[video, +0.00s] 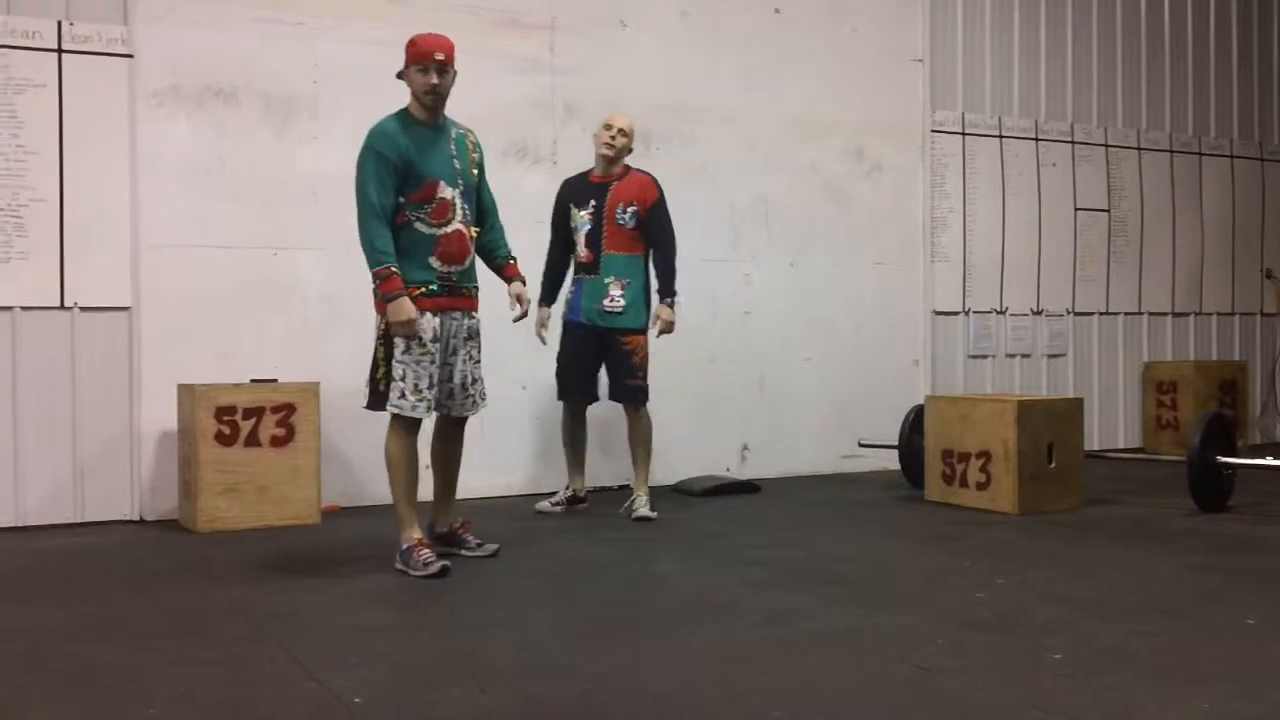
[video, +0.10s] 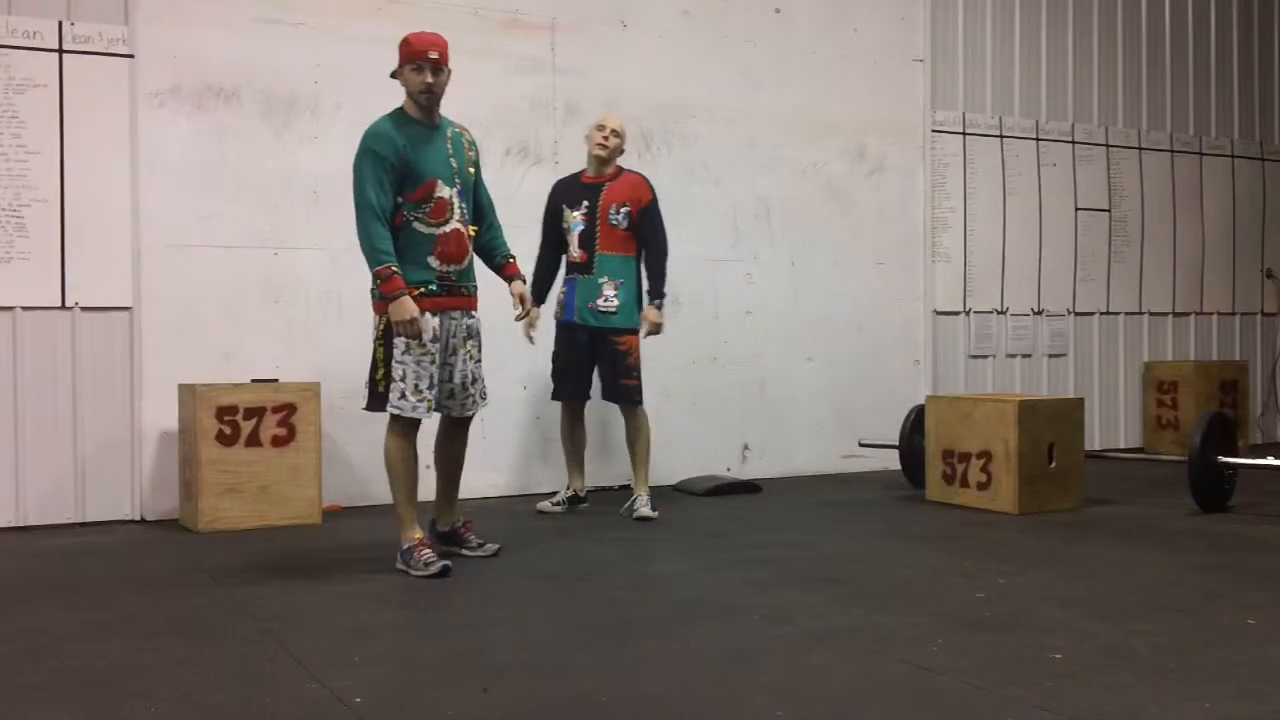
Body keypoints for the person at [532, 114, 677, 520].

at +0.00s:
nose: (613, 137)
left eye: (622, 134)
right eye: (608, 130)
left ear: (630, 147)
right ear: (595, 137)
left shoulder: (644, 186)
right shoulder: (571, 188)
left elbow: (663, 245)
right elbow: (559, 249)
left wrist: (667, 300)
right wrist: (545, 301)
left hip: (629, 319)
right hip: (580, 317)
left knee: (635, 404)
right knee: (572, 402)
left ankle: (641, 493)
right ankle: (575, 488)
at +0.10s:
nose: (605, 136)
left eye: (614, 134)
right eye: (601, 130)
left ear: (621, 148)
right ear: (587, 138)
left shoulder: (636, 187)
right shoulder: (563, 189)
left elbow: (655, 247)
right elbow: (550, 251)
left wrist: (655, 303)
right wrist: (534, 302)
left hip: (622, 319)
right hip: (573, 317)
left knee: (631, 404)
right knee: (571, 402)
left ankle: (641, 493)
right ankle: (575, 489)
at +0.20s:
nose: (598, 137)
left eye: (607, 135)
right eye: (593, 130)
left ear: (614, 149)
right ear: (580, 139)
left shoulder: (629, 188)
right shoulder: (556, 190)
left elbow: (646, 248)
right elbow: (541, 250)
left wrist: (641, 305)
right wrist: (524, 301)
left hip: (615, 317)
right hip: (566, 315)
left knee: (627, 405)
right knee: (568, 402)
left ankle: (641, 493)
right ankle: (575, 488)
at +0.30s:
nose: (592, 138)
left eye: (601, 136)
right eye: (587, 132)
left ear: (608, 151)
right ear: (573, 142)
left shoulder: (623, 190)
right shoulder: (549, 192)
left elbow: (639, 251)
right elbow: (533, 252)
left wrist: (629, 308)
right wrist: (517, 300)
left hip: (607, 317)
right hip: (559, 316)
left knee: (622, 404)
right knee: (564, 402)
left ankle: (640, 492)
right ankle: (574, 487)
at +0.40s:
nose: (589, 139)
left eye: (597, 137)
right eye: (583, 133)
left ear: (604, 152)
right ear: (569, 143)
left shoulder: (619, 192)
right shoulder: (544, 193)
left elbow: (632, 254)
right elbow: (528, 253)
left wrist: (624, 309)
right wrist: (511, 301)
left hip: (603, 317)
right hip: (555, 317)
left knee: (619, 404)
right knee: (562, 403)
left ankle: (640, 491)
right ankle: (574, 487)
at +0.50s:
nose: (587, 140)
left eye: (595, 137)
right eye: (582, 134)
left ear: (602, 152)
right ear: (567, 143)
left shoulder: (617, 193)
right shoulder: (541, 192)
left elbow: (630, 254)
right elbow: (524, 252)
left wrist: (624, 310)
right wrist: (508, 302)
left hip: (601, 318)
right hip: (553, 318)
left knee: (618, 402)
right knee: (560, 402)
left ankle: (640, 489)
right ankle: (575, 487)